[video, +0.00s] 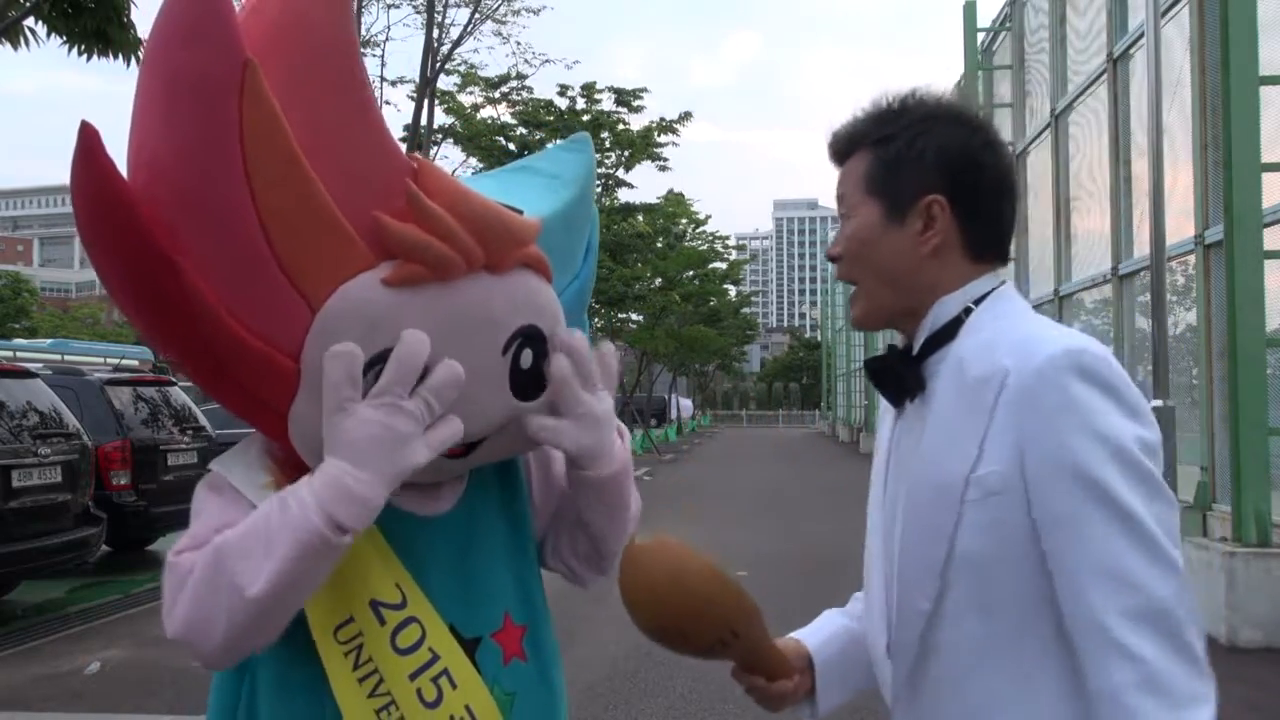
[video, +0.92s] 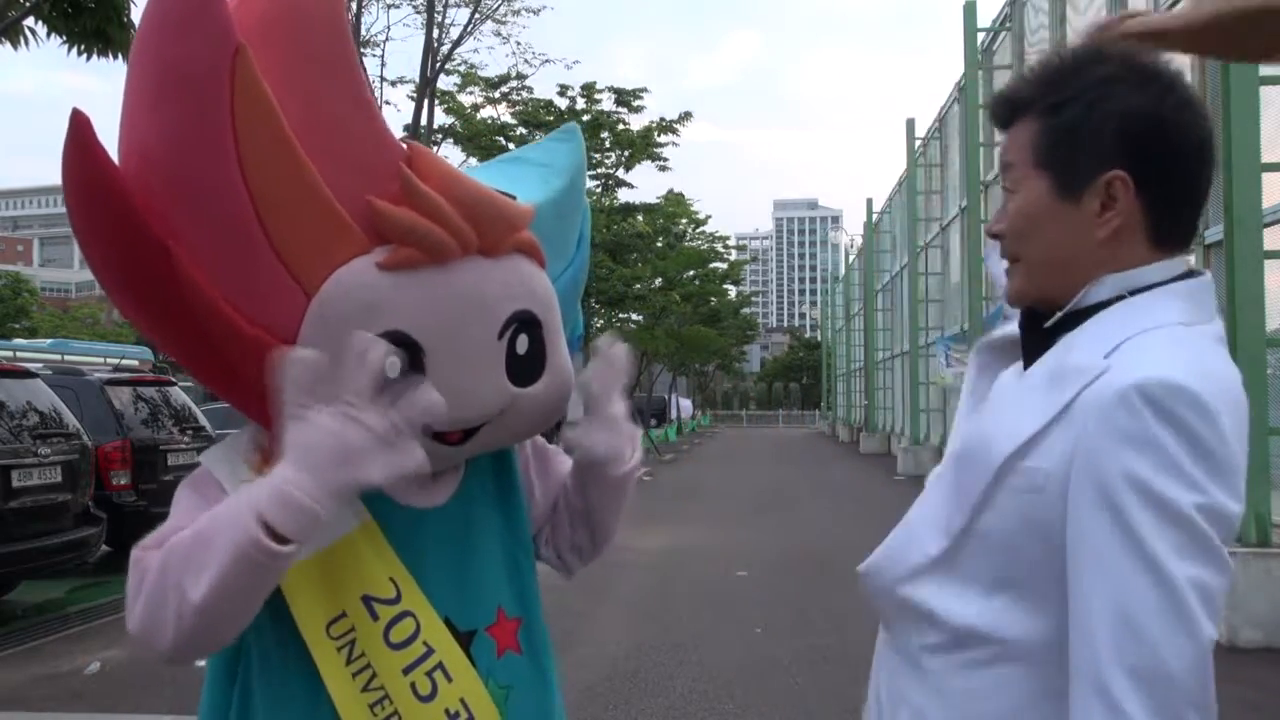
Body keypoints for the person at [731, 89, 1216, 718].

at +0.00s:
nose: (833, 251)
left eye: (845, 218)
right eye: (837, 222)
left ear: (928, 223)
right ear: (927, 226)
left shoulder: (1055, 374)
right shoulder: (911, 389)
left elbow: (1151, 673)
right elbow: (910, 598)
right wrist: (815, 659)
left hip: (1031, 711)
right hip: (927, 709)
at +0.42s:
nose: (918, 224)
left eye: (937, 189)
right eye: (926, 192)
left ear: (1021, 199)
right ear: (1019, 202)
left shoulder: (1129, 356)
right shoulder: (990, 358)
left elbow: (1134, 666)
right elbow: (955, 564)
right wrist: (836, 605)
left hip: (1019, 705)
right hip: (930, 702)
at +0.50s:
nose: (935, 222)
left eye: (954, 186)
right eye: (943, 190)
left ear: (1042, 198)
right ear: (1035, 200)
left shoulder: (1142, 356)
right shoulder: (1011, 356)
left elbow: (1139, 668)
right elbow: (964, 551)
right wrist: (823, 574)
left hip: (1020, 705)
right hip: (931, 701)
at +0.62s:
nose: (979, 226)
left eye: (996, 190)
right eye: (985, 194)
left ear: (1090, 203)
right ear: (1085, 205)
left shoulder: (1159, 373)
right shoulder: (1074, 354)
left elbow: (1131, 691)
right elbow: (931, 458)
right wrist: (800, 379)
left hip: (1011, 708)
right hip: (934, 696)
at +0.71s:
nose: (998, 234)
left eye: (1017, 198)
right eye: (1007, 202)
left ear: (1115, 208)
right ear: (1114, 211)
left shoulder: (1158, 385)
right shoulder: (1093, 356)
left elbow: (1134, 700)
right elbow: (949, 369)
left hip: (990, 706)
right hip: (932, 699)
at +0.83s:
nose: (999, 228)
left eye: (1019, 195)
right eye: (1008, 199)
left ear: (1118, 208)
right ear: (1117, 211)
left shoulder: (1153, 390)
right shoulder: (1076, 351)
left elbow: (1143, 701)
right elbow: (988, 288)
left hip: (986, 704)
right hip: (930, 696)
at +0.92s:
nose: (993, 223)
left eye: (1011, 189)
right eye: (1002, 191)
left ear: (1109, 204)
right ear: (1108, 207)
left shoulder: (1149, 389)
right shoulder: (1085, 347)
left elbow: (1141, 700)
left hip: (985, 704)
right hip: (923, 694)